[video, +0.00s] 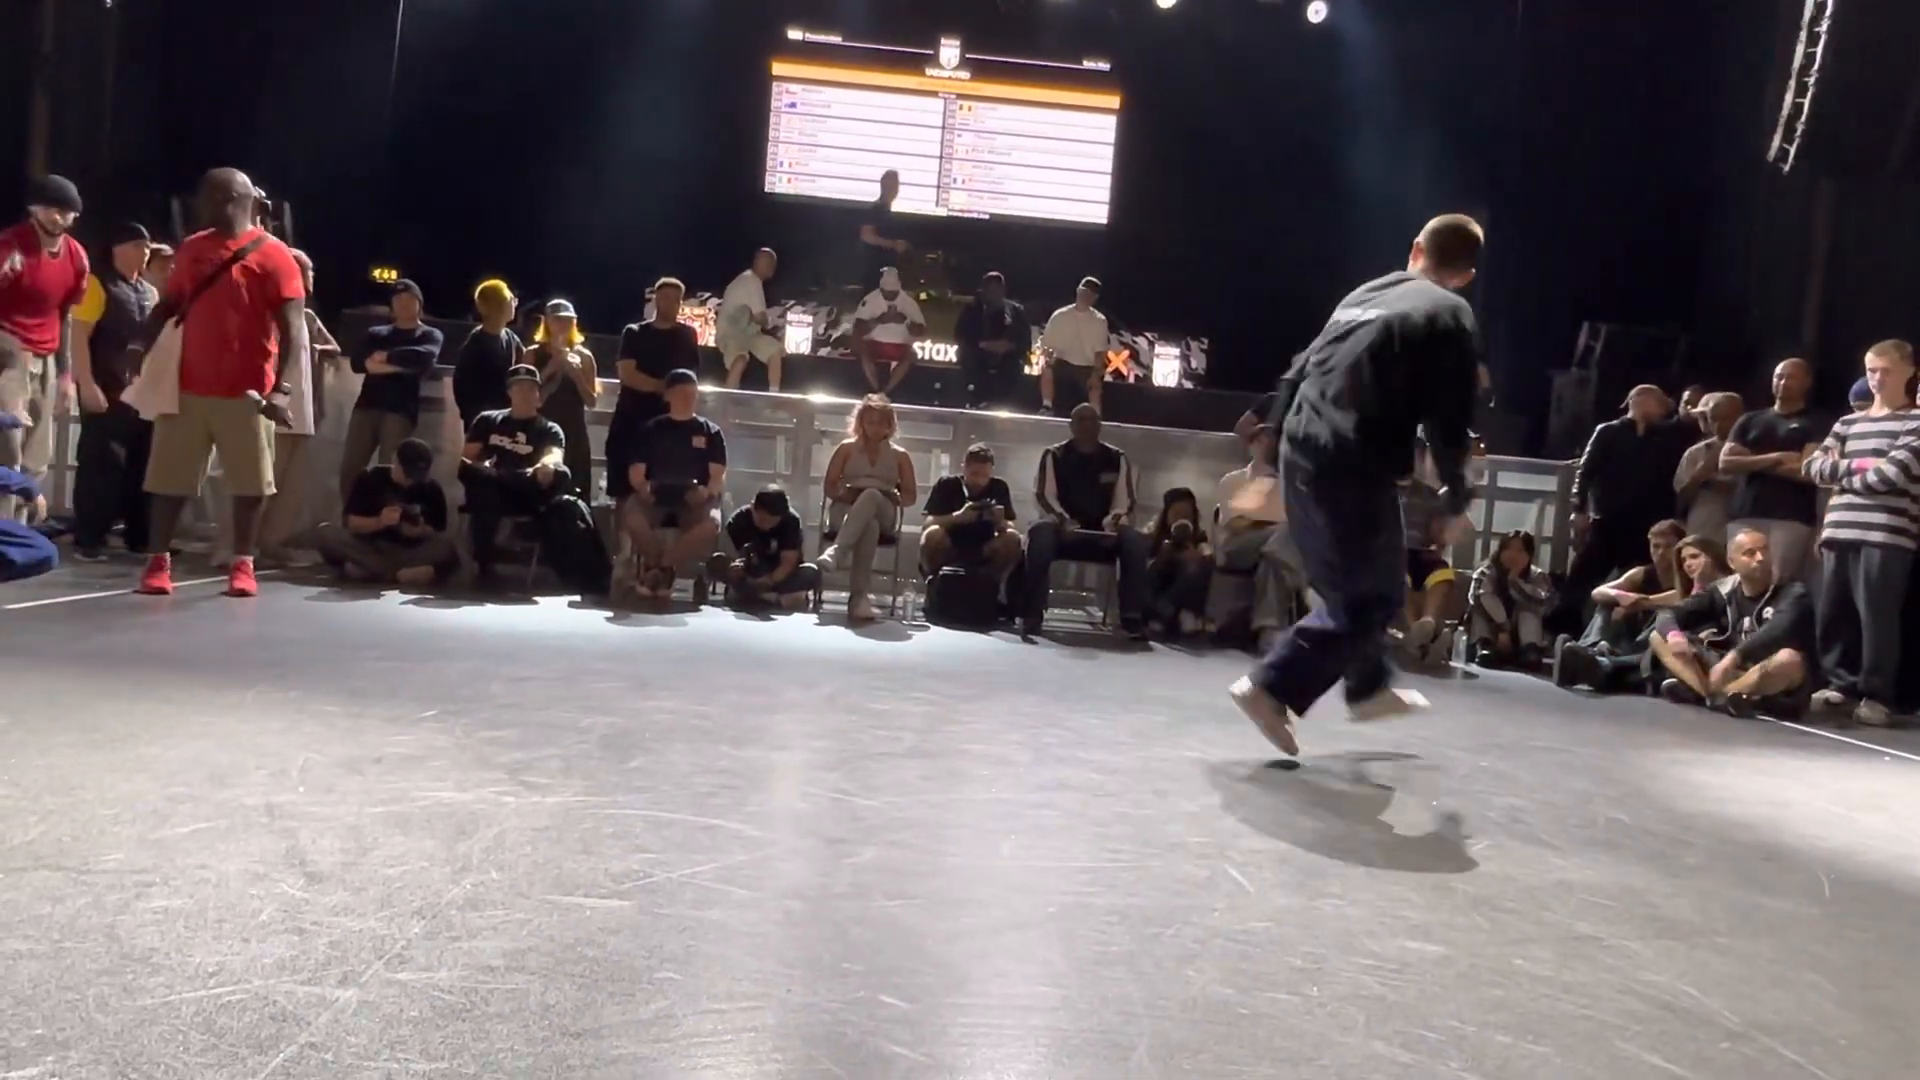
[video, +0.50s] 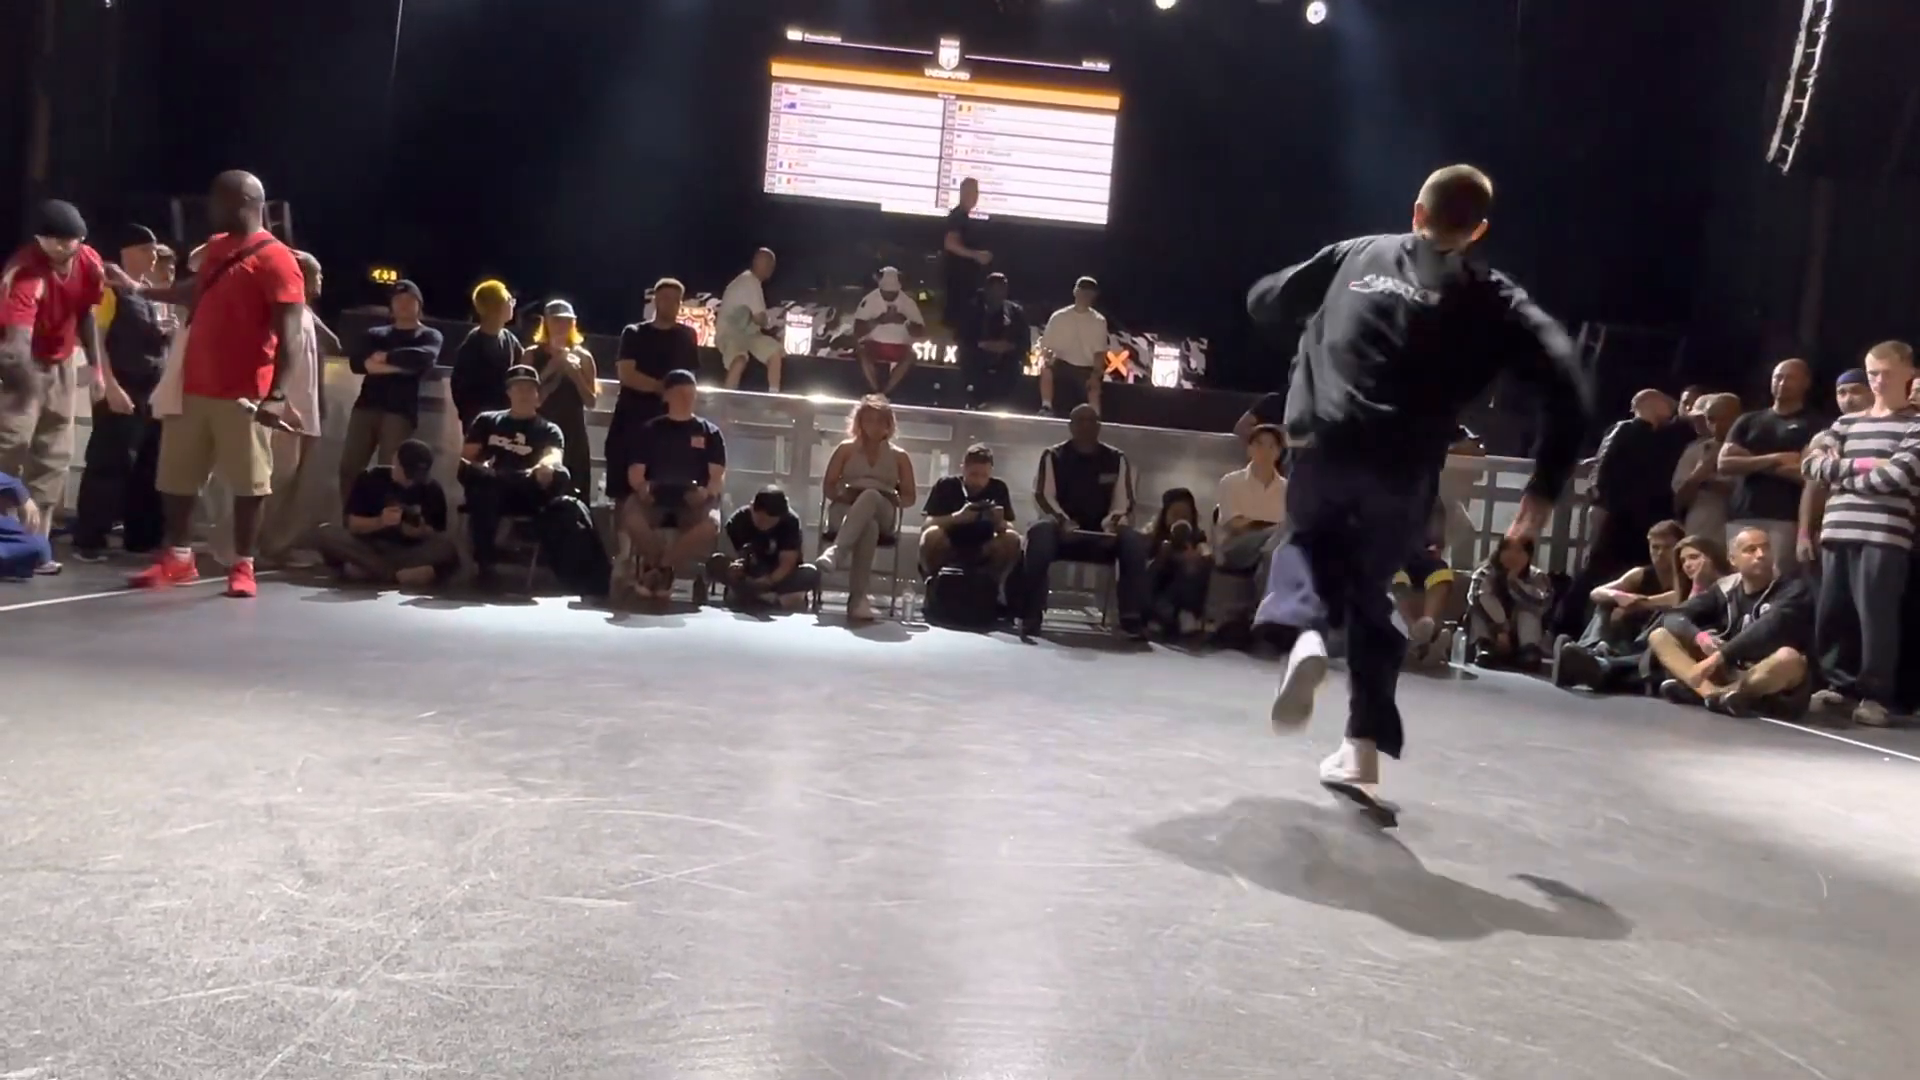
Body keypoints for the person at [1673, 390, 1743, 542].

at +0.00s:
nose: (1719, 426)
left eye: (1725, 419)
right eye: (1714, 419)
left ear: (1739, 419)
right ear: (1708, 421)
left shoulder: (1748, 452)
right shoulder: (1694, 454)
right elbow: (1681, 499)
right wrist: (1700, 474)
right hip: (1701, 532)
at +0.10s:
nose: (1718, 425)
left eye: (1724, 419)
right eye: (1714, 419)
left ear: (1738, 420)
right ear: (1708, 421)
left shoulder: (1747, 452)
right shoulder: (1694, 454)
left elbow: (1749, 493)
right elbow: (1681, 498)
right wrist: (1700, 473)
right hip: (1700, 531)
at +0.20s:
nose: (1716, 425)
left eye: (1722, 419)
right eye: (1712, 419)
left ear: (1736, 420)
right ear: (1707, 420)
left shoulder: (1745, 451)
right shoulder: (1695, 452)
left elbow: (1747, 493)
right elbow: (1680, 497)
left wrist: (1708, 480)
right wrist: (1699, 473)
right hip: (1698, 529)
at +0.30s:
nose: (1716, 426)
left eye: (1722, 419)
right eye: (1711, 420)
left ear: (1735, 420)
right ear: (1706, 421)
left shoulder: (1745, 451)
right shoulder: (1695, 451)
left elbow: (1747, 493)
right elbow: (1679, 499)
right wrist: (1700, 471)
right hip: (1698, 529)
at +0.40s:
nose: (1715, 426)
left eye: (1721, 419)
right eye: (1710, 420)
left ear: (1734, 420)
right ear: (1705, 421)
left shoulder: (1744, 450)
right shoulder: (1695, 450)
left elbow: (1746, 492)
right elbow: (1679, 495)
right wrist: (1702, 468)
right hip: (1697, 527)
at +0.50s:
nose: (1714, 426)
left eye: (1720, 419)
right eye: (1710, 420)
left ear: (1735, 420)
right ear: (1706, 421)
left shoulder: (1745, 451)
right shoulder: (1695, 450)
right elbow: (1679, 498)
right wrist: (1701, 469)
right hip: (1698, 529)